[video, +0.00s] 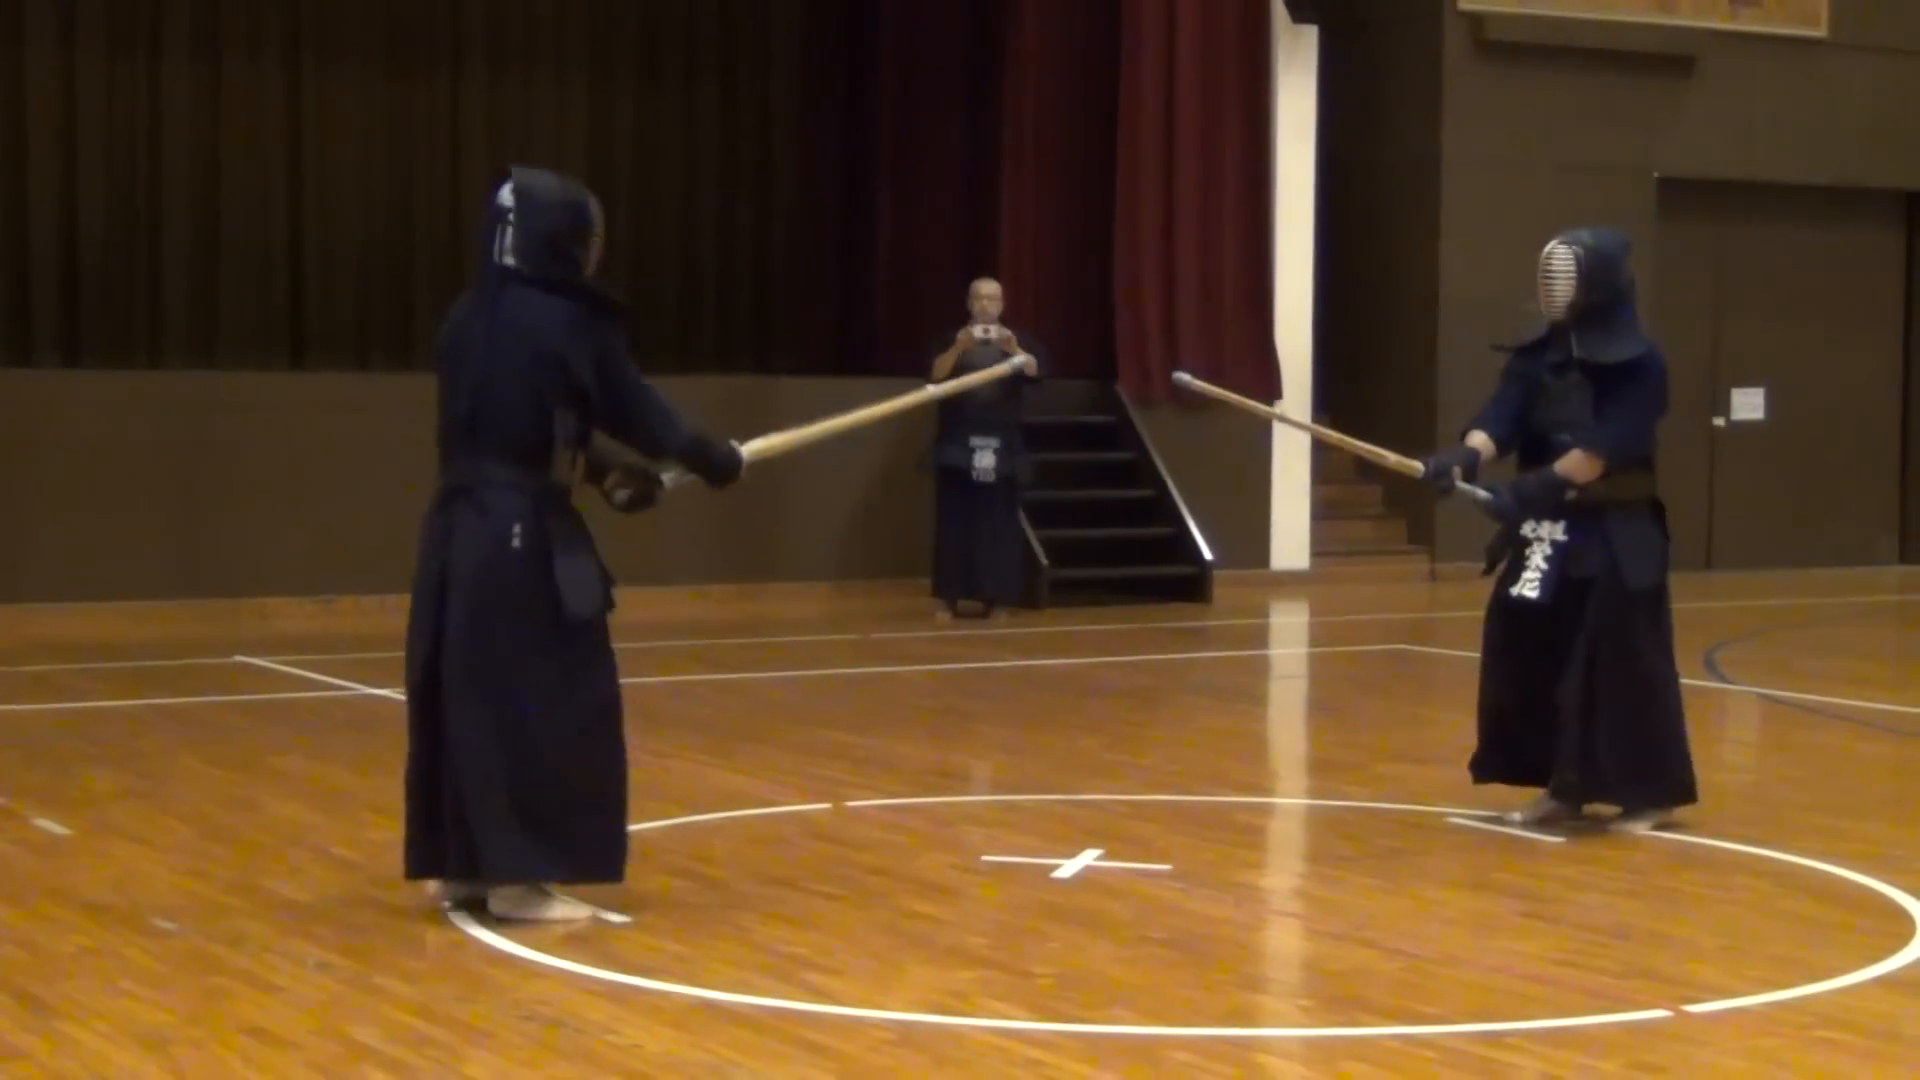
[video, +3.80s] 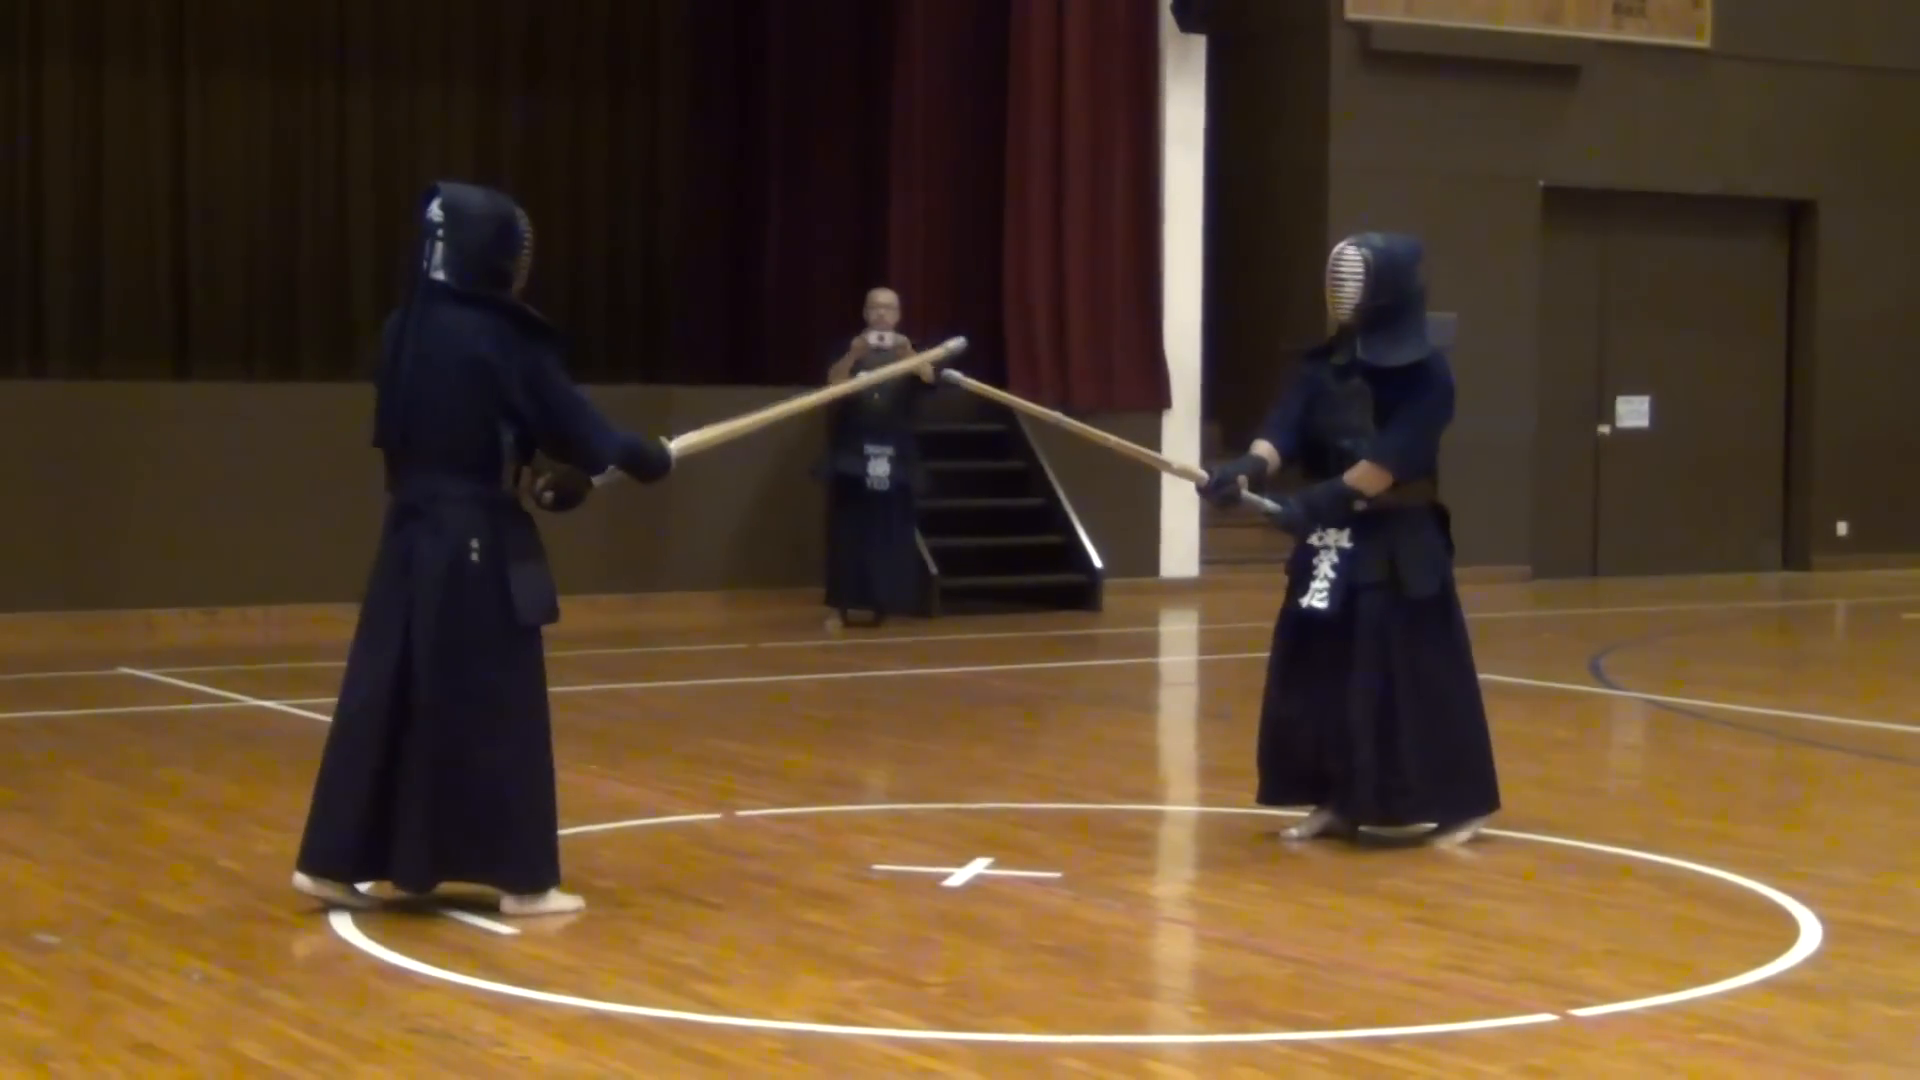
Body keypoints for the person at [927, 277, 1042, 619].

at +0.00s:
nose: (986, 305)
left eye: (992, 299)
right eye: (979, 299)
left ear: (1002, 303)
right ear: (969, 303)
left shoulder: (1015, 342)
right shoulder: (954, 340)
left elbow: (1035, 371)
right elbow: (936, 376)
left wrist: (1012, 348)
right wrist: (959, 347)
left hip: (1001, 440)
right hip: (958, 439)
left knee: (998, 517)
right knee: (954, 516)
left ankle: (997, 599)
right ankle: (947, 596)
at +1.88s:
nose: (944, 312)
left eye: (950, 306)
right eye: (937, 306)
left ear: (960, 311)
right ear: (927, 310)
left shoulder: (969, 350)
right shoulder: (911, 347)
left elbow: (992, 377)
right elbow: (894, 382)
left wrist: (968, 349)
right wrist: (918, 352)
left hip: (957, 444)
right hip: (916, 443)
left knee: (954, 520)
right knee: (912, 520)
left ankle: (951, 602)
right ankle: (907, 601)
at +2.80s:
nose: (894, 314)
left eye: (901, 308)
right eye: (889, 307)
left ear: (911, 313)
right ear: (878, 312)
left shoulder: (922, 352)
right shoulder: (862, 349)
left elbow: (949, 380)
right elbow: (844, 384)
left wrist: (920, 354)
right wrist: (868, 354)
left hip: (908, 448)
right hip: (866, 446)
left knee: (904, 525)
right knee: (861, 524)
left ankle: (901, 607)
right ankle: (853, 606)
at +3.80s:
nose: (882, 314)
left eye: (889, 309)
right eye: (876, 308)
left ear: (899, 314)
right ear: (865, 312)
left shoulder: (908, 353)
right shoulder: (850, 350)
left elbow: (929, 378)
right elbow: (832, 383)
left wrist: (904, 350)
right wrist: (855, 354)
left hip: (893, 446)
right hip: (852, 444)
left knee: (887, 522)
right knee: (848, 521)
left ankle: (882, 602)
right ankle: (841, 603)